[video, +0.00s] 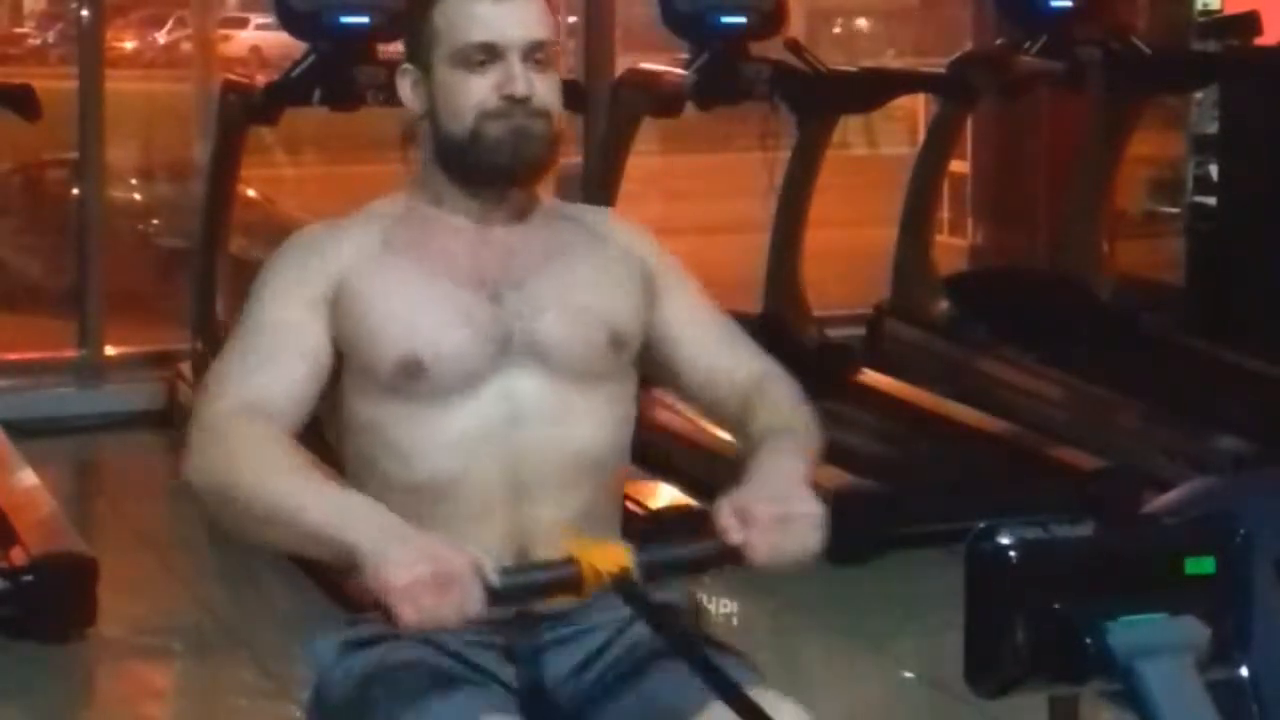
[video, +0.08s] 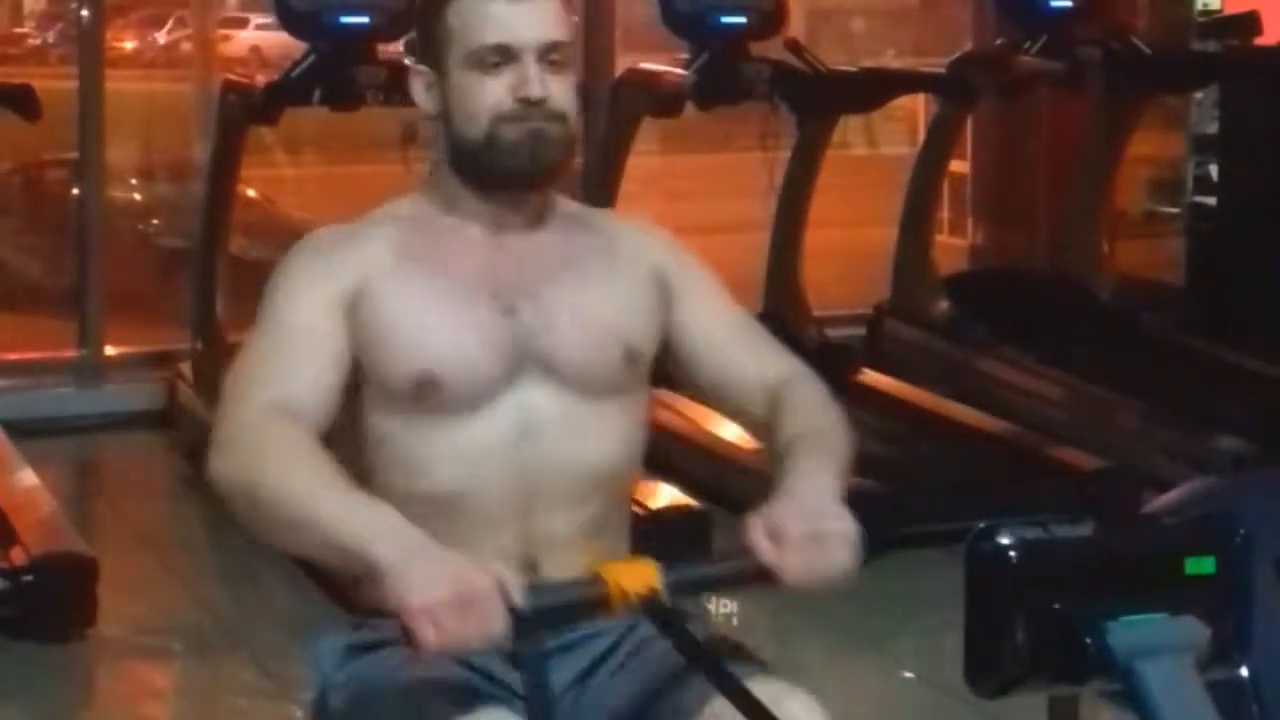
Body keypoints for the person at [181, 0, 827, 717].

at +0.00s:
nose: (518, 85)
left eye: (538, 61)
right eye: (479, 61)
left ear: (561, 83)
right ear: (413, 89)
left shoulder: (619, 252)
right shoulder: (329, 261)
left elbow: (760, 391)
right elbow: (226, 446)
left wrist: (779, 470)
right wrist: (385, 543)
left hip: (610, 620)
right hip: (421, 637)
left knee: (768, 713)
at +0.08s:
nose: (535, 87)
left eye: (556, 61)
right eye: (495, 62)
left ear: (579, 81)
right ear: (427, 88)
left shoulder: (638, 258)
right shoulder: (340, 267)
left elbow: (788, 391)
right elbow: (251, 446)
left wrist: (811, 487)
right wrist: (404, 554)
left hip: (618, 630)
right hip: (424, 639)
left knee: (789, 715)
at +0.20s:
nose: (588, 97)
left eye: (609, 68)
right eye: (545, 70)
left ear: (636, 90)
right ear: (474, 99)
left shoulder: (701, 278)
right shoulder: (382, 287)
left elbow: (853, 417)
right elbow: (336, 473)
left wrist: (909, 554)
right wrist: (480, 625)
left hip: (646, 645)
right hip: (434, 653)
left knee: (855, 681)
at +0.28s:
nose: (599, 100)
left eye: (621, 72)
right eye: (557, 73)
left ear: (648, 94)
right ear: (485, 104)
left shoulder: (717, 284)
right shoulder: (389, 293)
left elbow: (869, 425)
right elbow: (355, 481)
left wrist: (929, 576)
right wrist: (494, 641)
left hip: (651, 644)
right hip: (440, 654)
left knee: (843, 693)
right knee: (498, 709)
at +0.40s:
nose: (664, 132)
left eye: (686, 103)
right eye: (617, 105)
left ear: (711, 126)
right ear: (536, 140)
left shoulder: (783, 324)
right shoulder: (435, 338)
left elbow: (931, 483)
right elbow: (458, 537)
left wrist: (1043, 668)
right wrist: (581, 716)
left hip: (667, 662)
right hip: (471, 671)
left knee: (852, 677)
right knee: (489, 710)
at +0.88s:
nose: (623, 113)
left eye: (649, 82)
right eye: (579, 83)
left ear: (677, 103)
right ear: (503, 111)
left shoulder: (746, 297)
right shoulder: (412, 301)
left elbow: (892, 470)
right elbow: (433, 505)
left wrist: (992, 647)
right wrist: (564, 689)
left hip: (656, 645)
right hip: (454, 650)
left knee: (845, 681)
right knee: (508, 711)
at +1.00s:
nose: (556, 80)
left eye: (578, 53)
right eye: (514, 55)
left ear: (606, 77)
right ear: (441, 81)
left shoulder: (677, 254)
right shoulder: (365, 266)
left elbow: (811, 410)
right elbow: (356, 446)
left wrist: (888, 558)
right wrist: (475, 600)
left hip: (627, 626)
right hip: (420, 633)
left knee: (842, 680)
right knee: (467, 702)